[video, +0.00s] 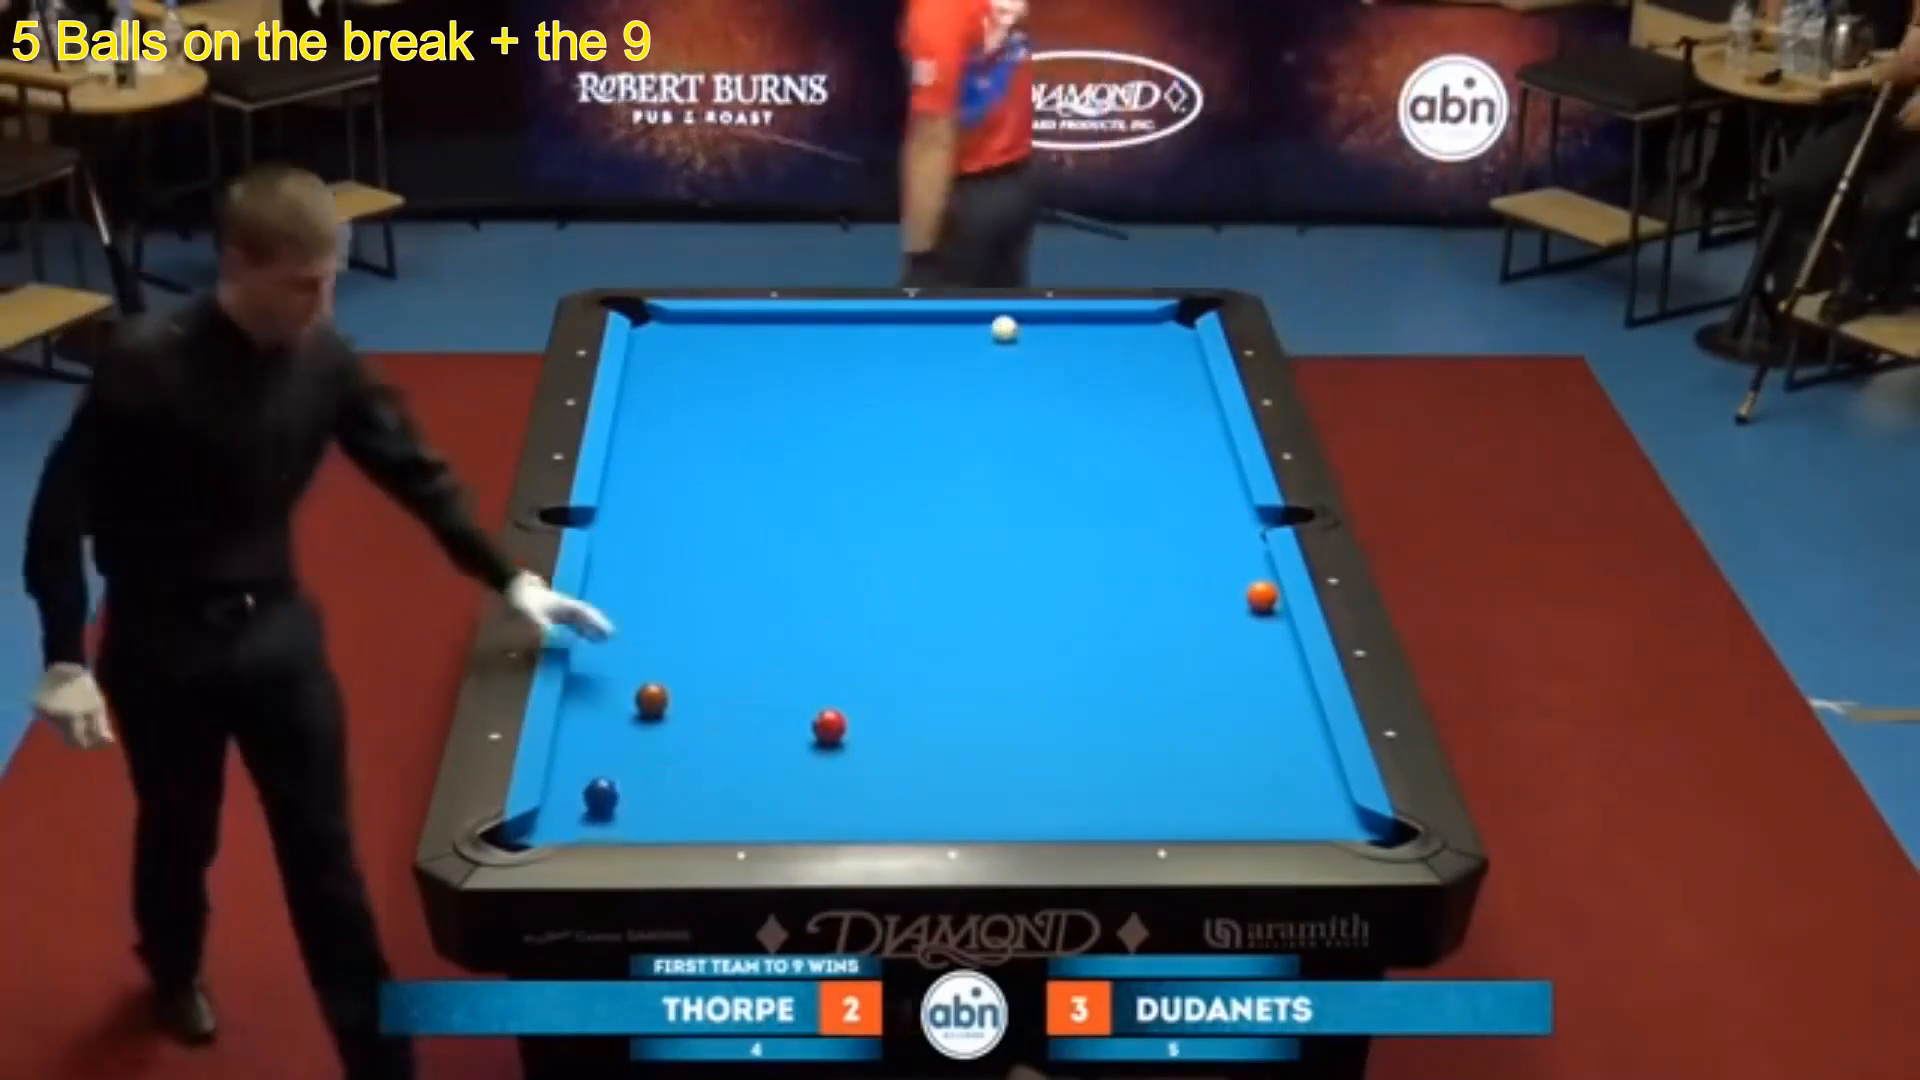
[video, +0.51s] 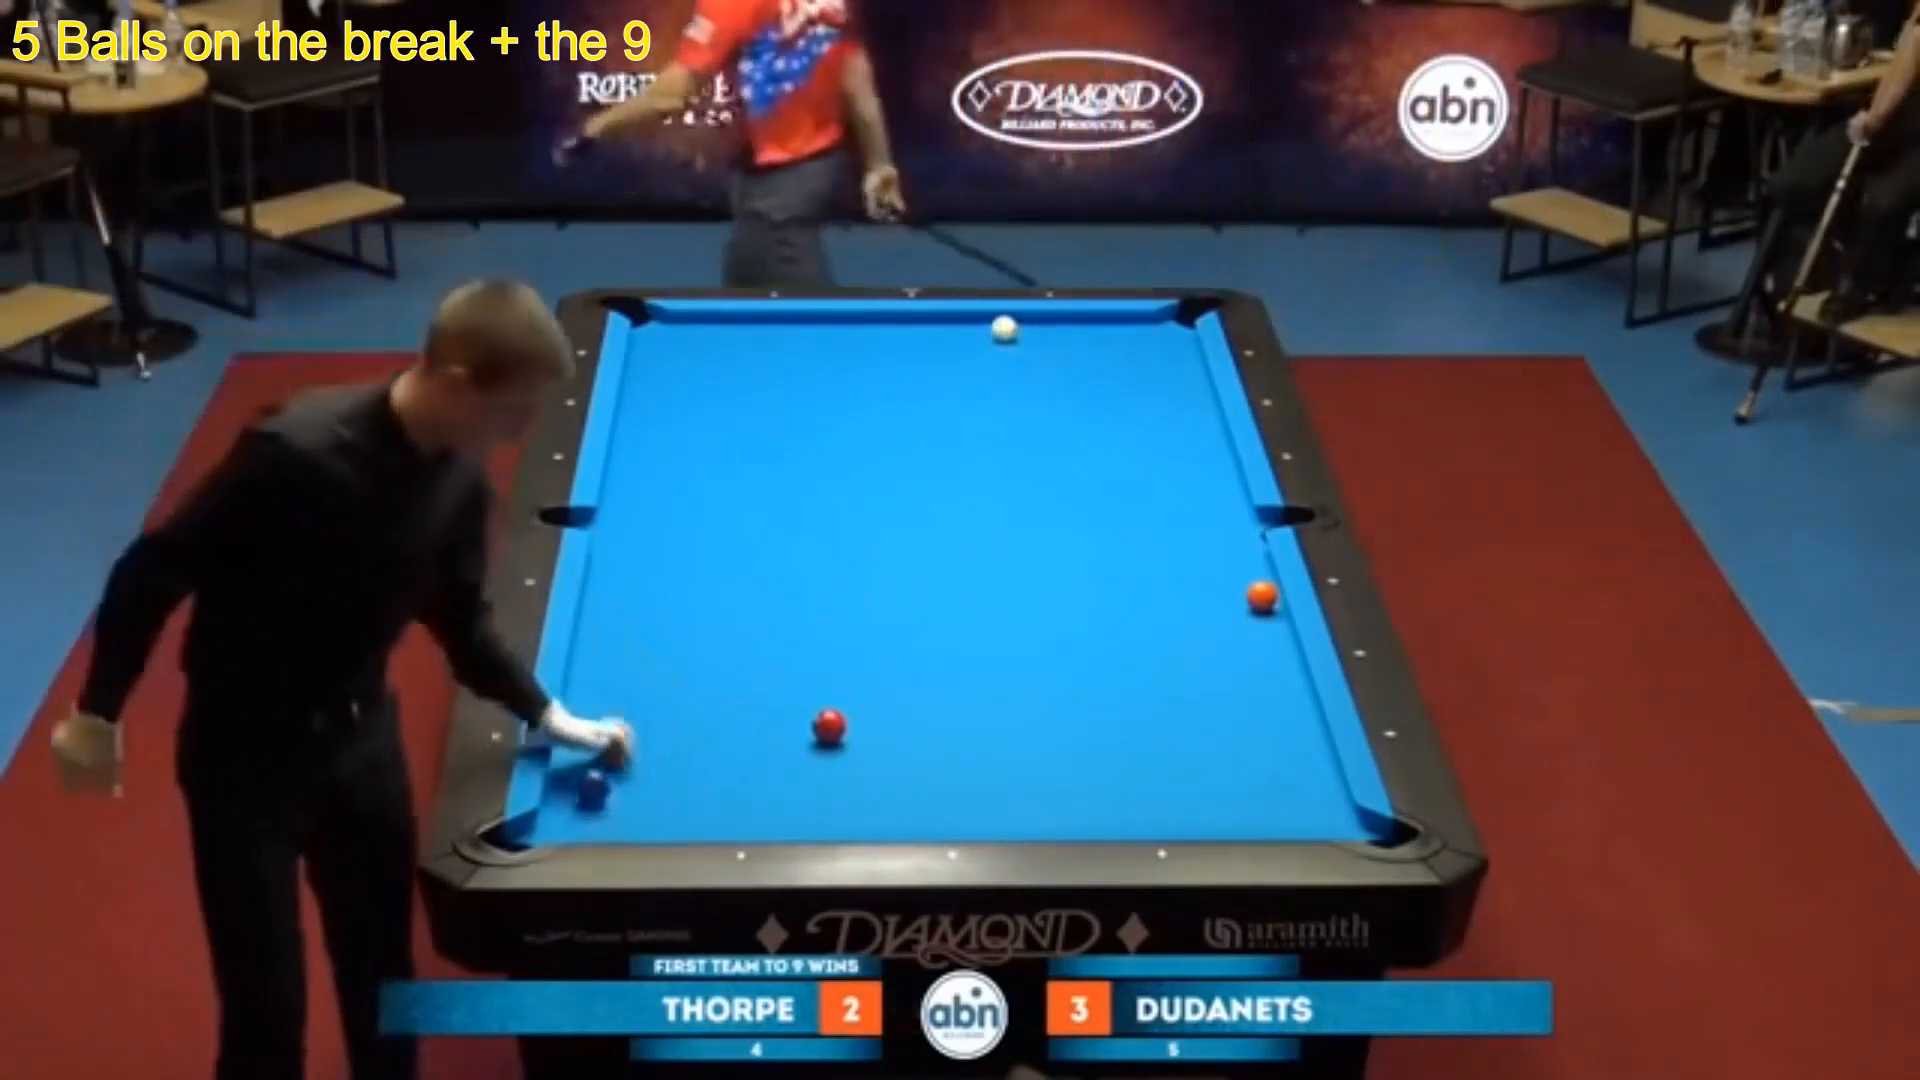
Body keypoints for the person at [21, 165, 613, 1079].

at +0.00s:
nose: (322, 304)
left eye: (328, 282)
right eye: (303, 285)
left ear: (331, 266)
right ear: (238, 270)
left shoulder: (324, 362)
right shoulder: (144, 366)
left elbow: (414, 471)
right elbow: (57, 512)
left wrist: (510, 578)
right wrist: (64, 658)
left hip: (272, 626)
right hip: (159, 640)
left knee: (325, 861)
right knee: (177, 836)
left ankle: (378, 1058)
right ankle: (176, 979)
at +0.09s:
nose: (376, 333)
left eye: (385, 314)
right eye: (363, 313)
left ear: (389, 300)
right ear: (301, 287)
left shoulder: (367, 389)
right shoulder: (184, 375)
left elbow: (460, 503)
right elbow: (86, 511)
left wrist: (568, 615)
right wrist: (79, 664)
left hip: (289, 640)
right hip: (174, 653)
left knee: (344, 881)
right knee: (203, 872)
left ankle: (383, 1061)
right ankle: (179, 970)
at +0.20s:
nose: (444, 365)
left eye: (452, 349)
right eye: (437, 346)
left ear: (400, 323)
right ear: (377, 314)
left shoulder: (412, 416)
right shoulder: (229, 391)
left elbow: (495, 536)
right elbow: (110, 516)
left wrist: (596, 659)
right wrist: (84, 662)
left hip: (311, 661)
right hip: (195, 674)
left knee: (361, 908)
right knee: (231, 922)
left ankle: (387, 1066)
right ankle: (214, 1060)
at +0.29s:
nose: (472, 381)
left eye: (481, 362)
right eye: (464, 360)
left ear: (418, 329)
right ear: (403, 325)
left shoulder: (436, 428)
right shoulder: (250, 398)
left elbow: (501, 558)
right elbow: (121, 515)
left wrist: (591, 678)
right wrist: (86, 660)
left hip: (327, 673)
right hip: (208, 683)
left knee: (371, 928)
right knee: (242, 941)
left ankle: (391, 1073)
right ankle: (231, 1079)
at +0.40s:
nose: (504, 407)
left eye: (514, 390)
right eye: (498, 388)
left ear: (448, 357)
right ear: (439, 353)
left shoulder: (456, 458)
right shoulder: (280, 424)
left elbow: (484, 599)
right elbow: (143, 539)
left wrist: (568, 702)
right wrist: (90, 677)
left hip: (350, 705)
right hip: (232, 715)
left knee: (379, 957)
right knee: (259, 980)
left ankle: (391, 1077)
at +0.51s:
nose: (517, 435)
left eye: (526, 416)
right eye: (511, 413)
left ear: (457, 378)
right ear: (454, 379)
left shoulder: (459, 479)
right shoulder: (291, 452)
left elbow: (459, 617)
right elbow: (152, 571)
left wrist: (551, 717)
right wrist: (97, 712)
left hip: (359, 740)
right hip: (242, 753)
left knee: (383, 994)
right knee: (264, 1012)